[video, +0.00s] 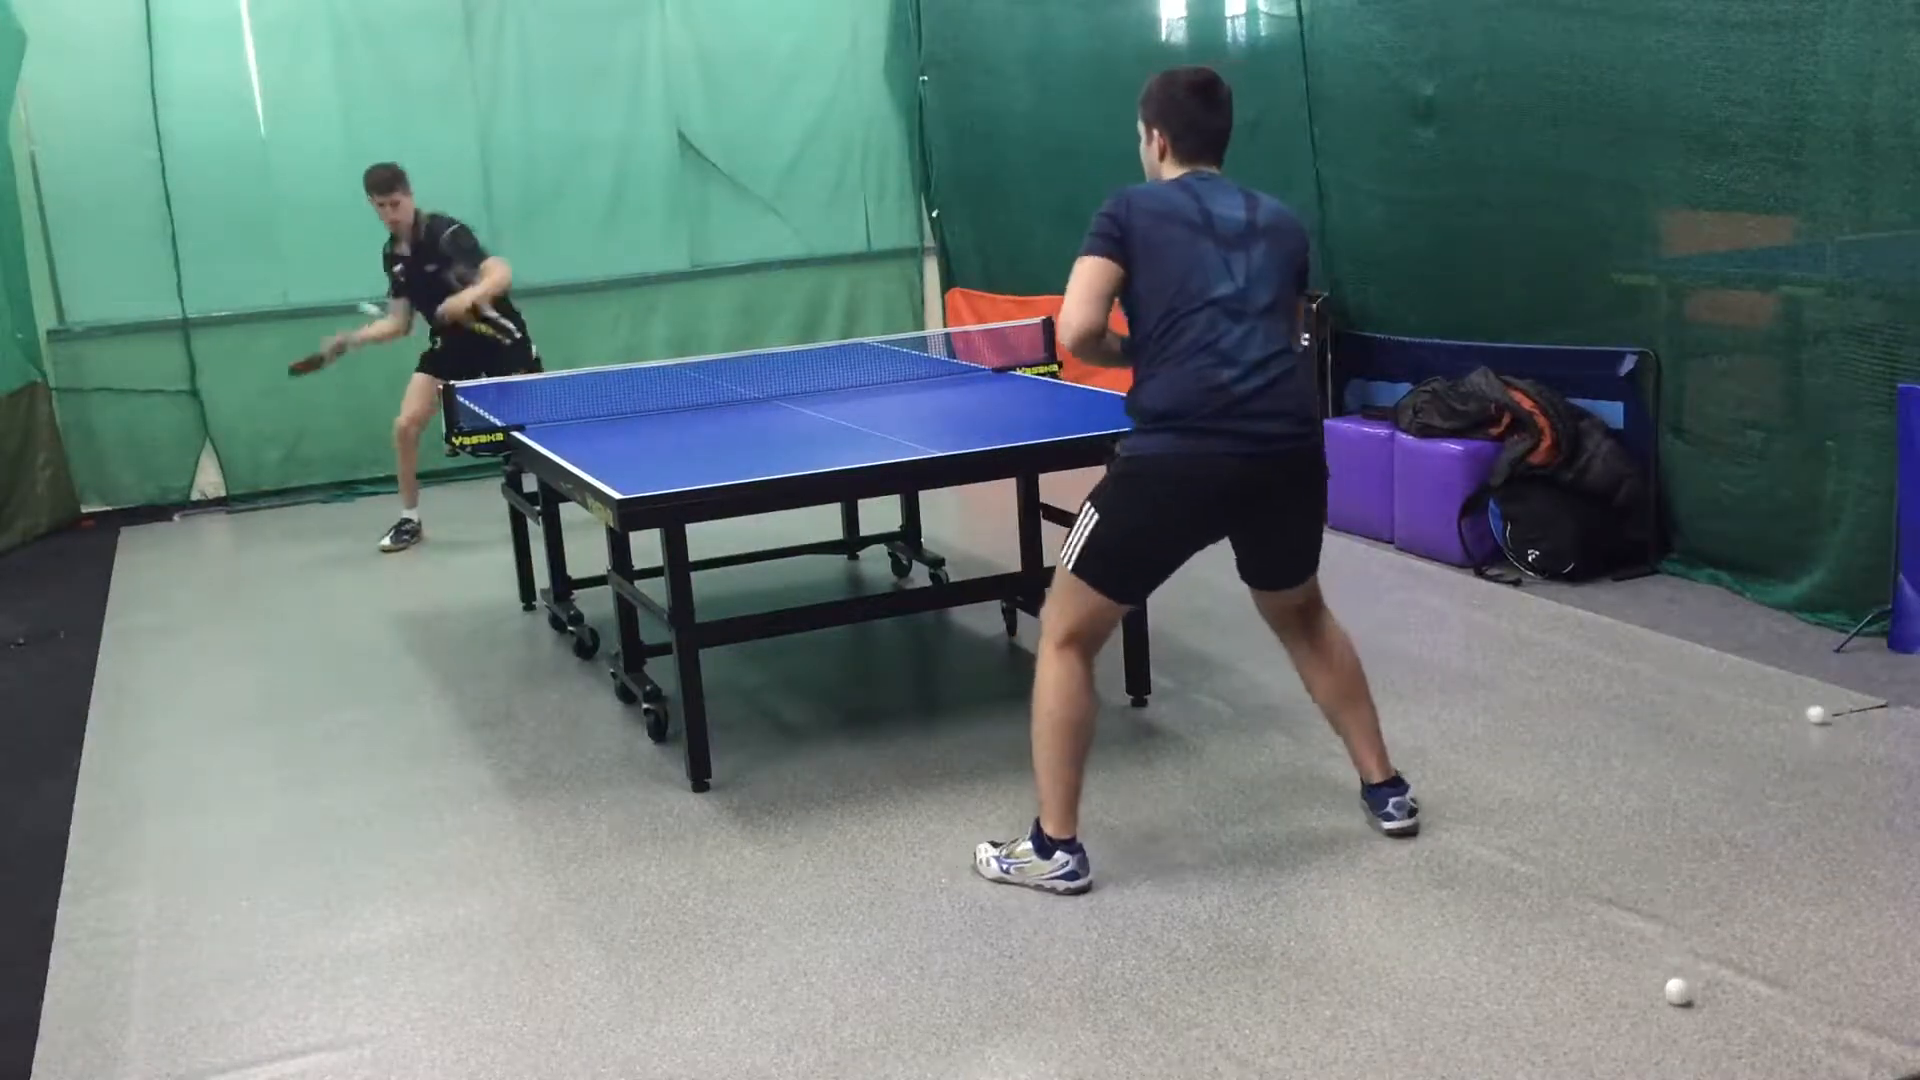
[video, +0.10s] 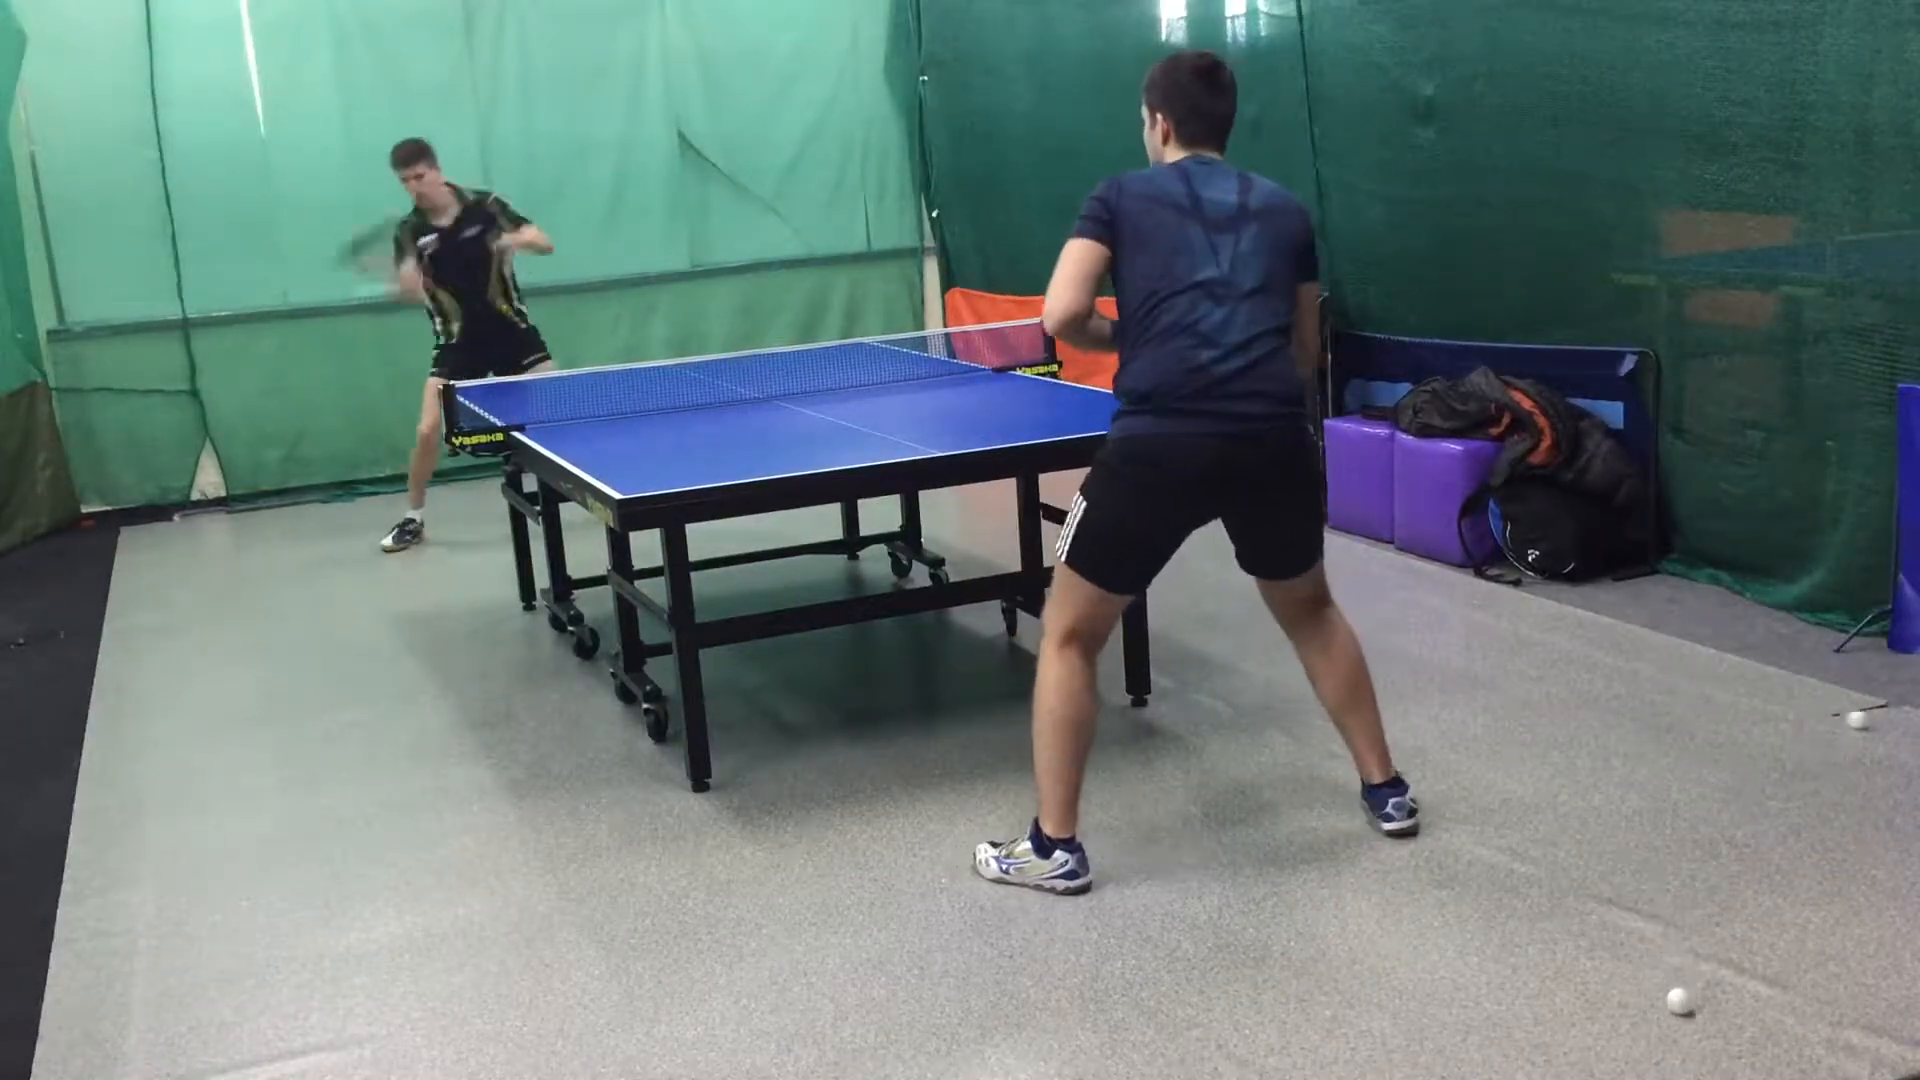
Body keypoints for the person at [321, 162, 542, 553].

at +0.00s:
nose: (389, 215)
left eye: (395, 204)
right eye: (380, 207)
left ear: (410, 197)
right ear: (373, 207)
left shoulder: (445, 231)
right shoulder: (394, 253)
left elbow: (499, 273)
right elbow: (399, 322)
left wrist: (470, 297)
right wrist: (351, 339)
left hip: (500, 336)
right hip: (449, 341)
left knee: (536, 419)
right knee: (407, 424)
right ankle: (410, 518)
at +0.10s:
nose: (416, 187)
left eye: (420, 176)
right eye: (408, 180)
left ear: (437, 170)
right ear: (403, 184)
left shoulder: (484, 205)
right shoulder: (410, 229)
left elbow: (544, 242)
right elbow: (408, 288)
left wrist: (512, 239)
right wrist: (415, 276)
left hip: (511, 332)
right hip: (456, 343)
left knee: (559, 406)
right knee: (427, 431)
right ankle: (414, 517)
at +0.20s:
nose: (445, 175)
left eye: (450, 166)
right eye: (436, 169)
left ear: (464, 162)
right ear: (428, 174)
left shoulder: (501, 203)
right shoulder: (433, 214)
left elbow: (564, 240)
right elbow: (467, 233)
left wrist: (581, 224)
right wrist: (497, 190)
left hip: (521, 337)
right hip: (472, 350)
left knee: (580, 396)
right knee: (454, 441)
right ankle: (413, 517)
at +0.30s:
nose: (471, 182)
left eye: (477, 173)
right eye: (462, 176)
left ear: (490, 170)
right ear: (452, 179)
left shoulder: (514, 213)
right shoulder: (455, 226)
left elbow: (574, 248)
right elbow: (494, 263)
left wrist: (602, 237)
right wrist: (521, 207)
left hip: (523, 337)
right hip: (479, 351)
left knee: (586, 383)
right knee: (456, 449)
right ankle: (409, 515)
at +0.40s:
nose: (477, 181)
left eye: (482, 172)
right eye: (467, 175)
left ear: (492, 169)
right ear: (454, 179)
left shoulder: (521, 209)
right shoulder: (454, 226)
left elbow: (575, 247)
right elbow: (463, 285)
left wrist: (615, 255)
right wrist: (507, 242)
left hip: (529, 336)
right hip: (477, 347)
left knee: (592, 390)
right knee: (445, 436)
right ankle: (401, 519)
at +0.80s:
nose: (417, 234)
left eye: (421, 222)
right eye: (406, 228)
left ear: (431, 212)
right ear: (396, 227)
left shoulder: (460, 250)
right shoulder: (422, 262)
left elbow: (479, 307)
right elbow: (440, 330)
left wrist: (433, 338)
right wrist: (384, 369)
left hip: (529, 351)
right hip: (484, 349)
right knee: (420, 414)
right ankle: (419, 511)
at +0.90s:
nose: (433, 218)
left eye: (437, 207)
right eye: (423, 212)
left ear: (450, 198)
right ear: (417, 214)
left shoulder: (490, 230)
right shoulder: (445, 255)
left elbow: (545, 264)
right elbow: (457, 325)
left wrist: (521, 297)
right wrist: (412, 349)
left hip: (544, 346)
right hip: (496, 348)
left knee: (560, 420)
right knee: (437, 417)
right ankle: (422, 511)